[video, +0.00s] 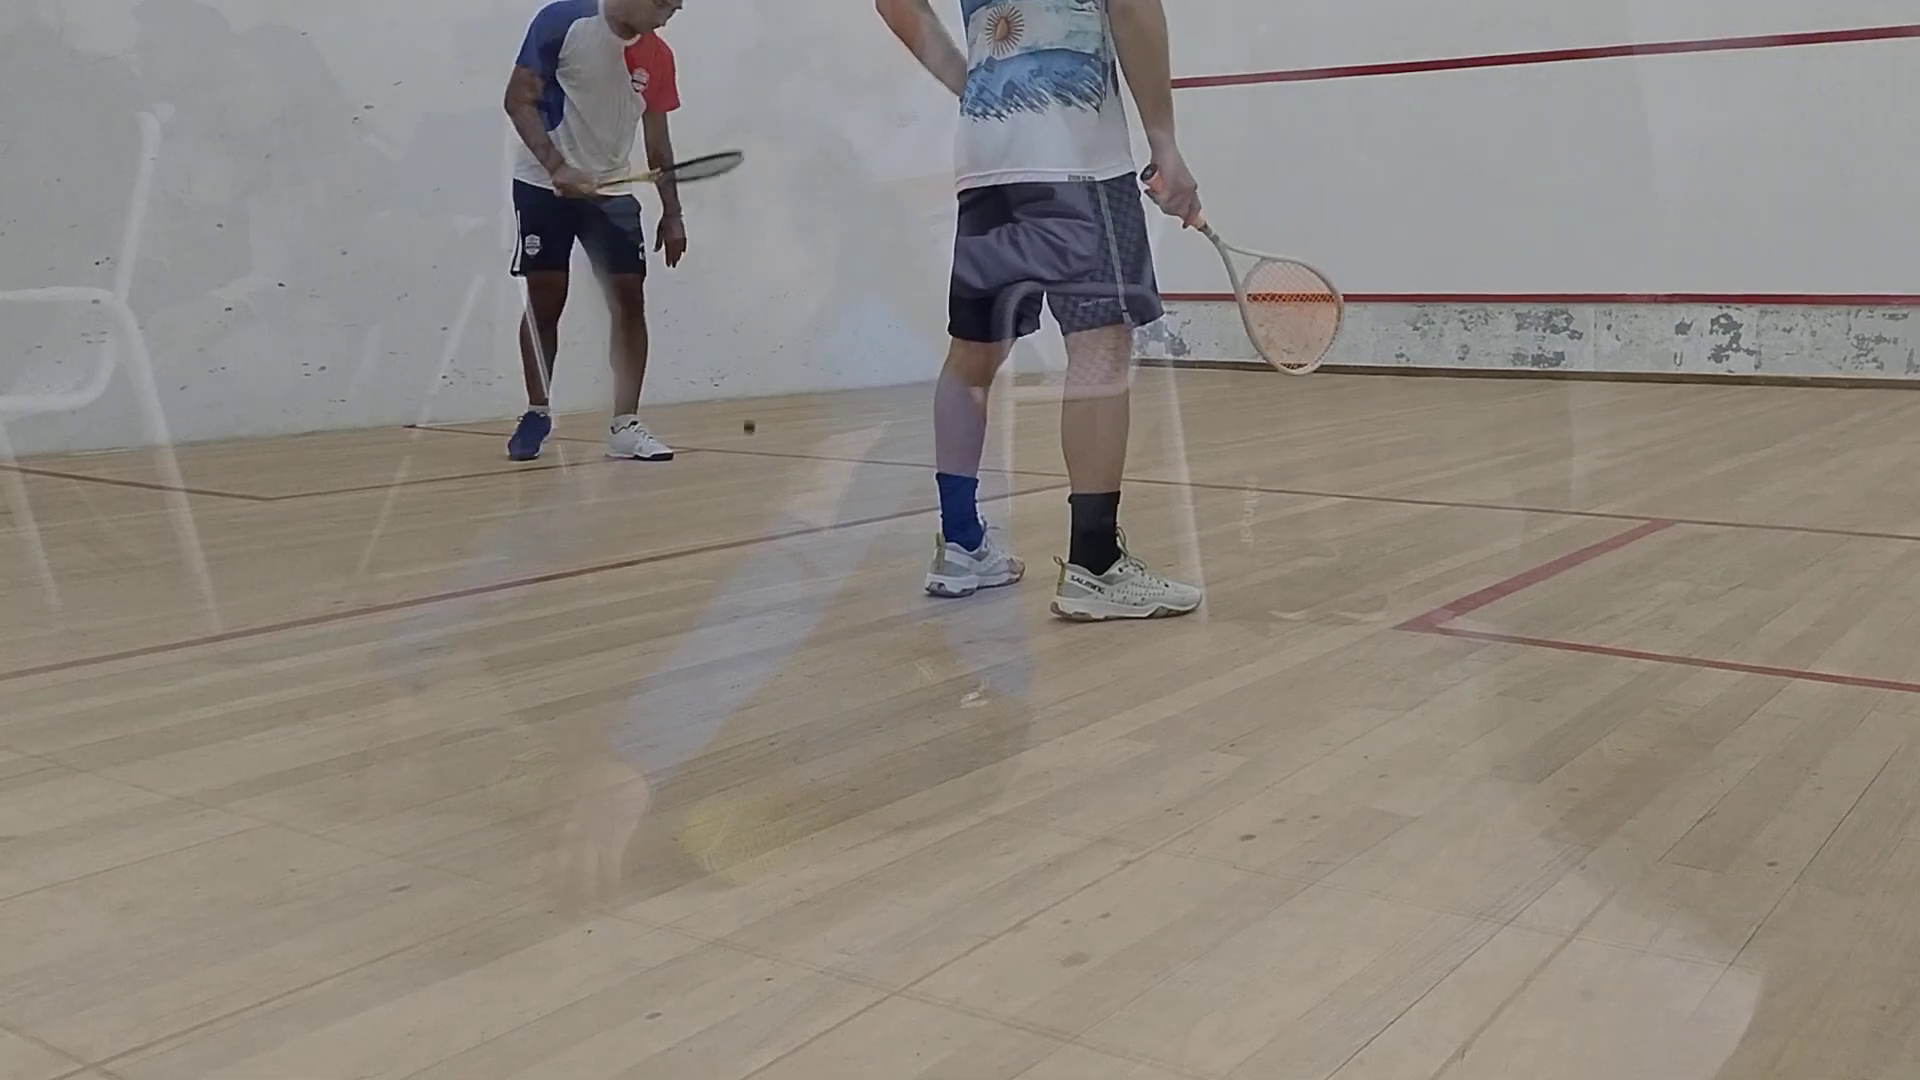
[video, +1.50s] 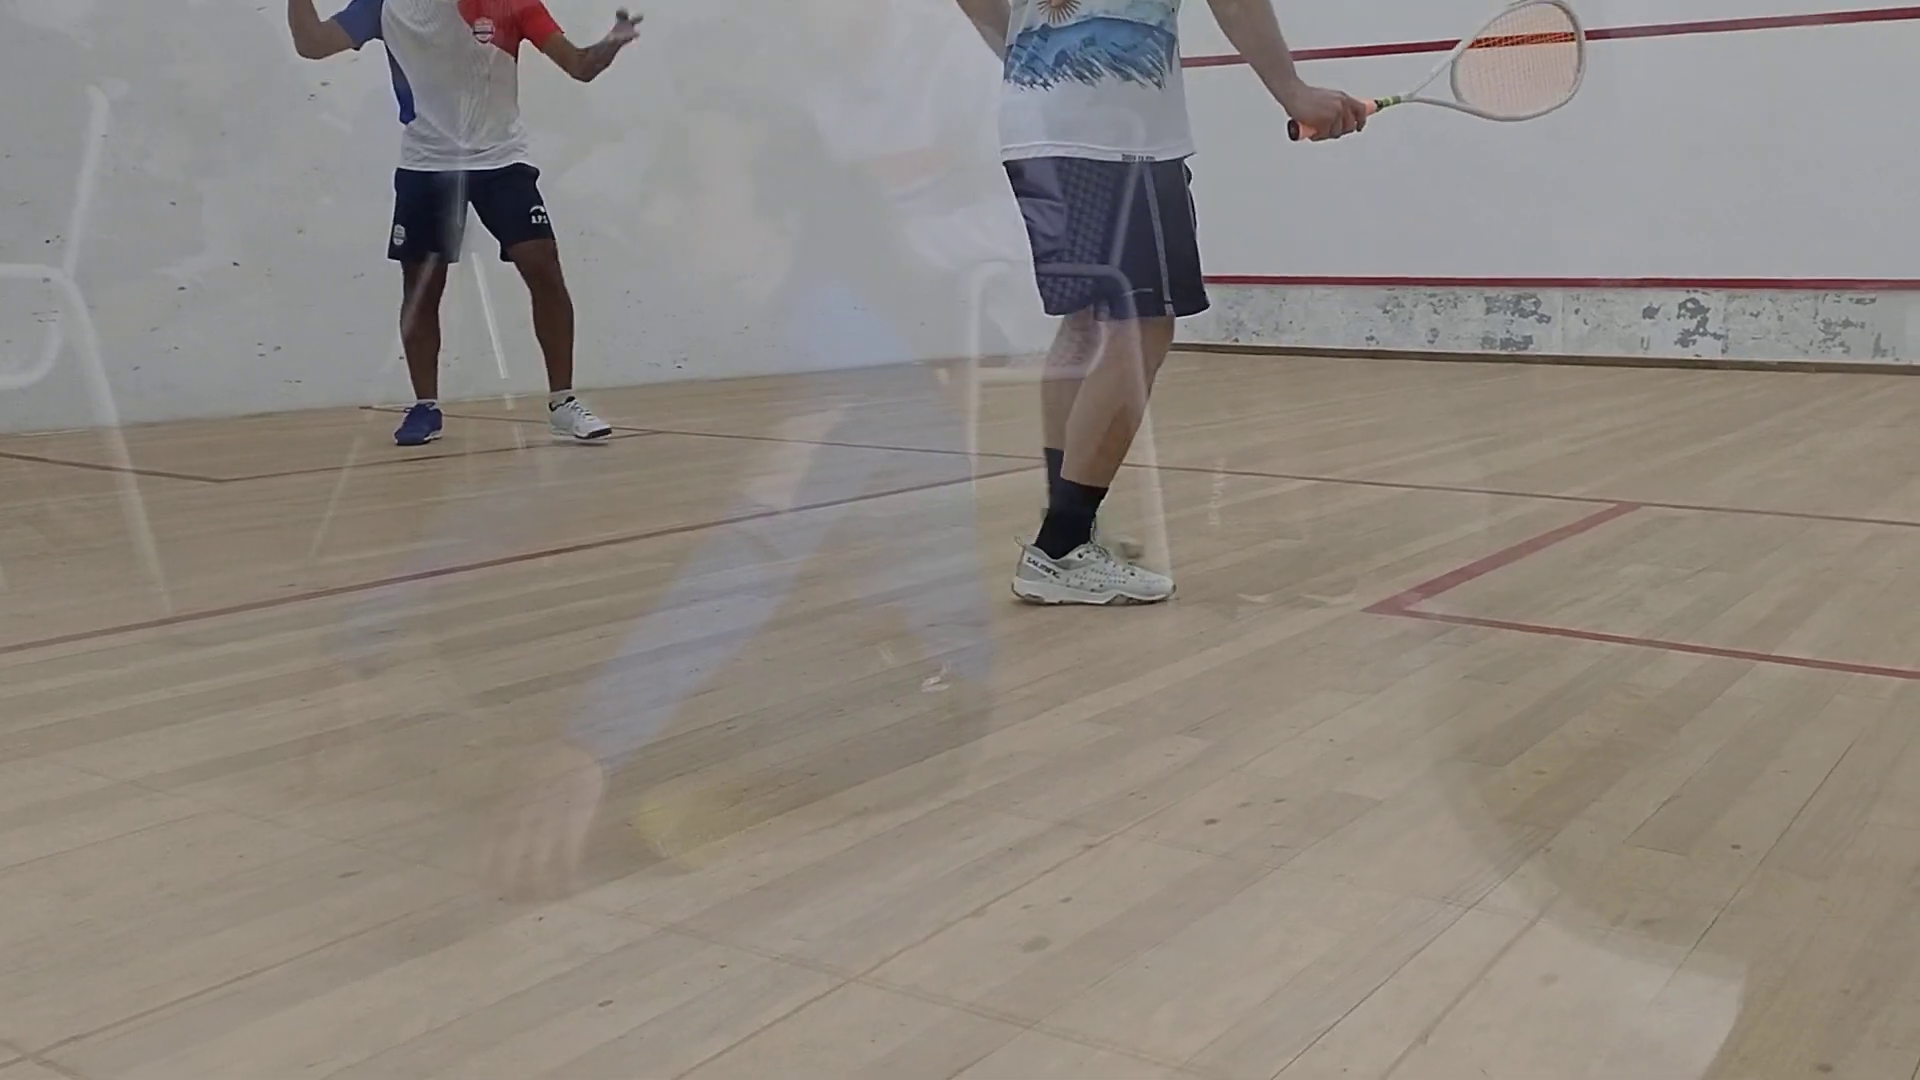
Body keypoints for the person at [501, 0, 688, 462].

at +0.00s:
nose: (666, 20)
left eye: (671, 14)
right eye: (664, 10)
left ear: (657, 8)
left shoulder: (654, 52)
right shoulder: (559, 22)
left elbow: (657, 135)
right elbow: (518, 100)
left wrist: (671, 211)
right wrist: (556, 167)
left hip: (612, 191)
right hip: (544, 187)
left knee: (630, 302)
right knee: (545, 303)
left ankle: (624, 425)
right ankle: (538, 412)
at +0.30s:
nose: (693, 16)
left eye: (696, 7)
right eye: (689, 5)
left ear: (666, 6)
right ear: (659, 0)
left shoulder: (671, 48)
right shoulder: (589, 35)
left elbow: (664, 122)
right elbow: (576, 134)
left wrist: (686, 183)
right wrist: (597, 211)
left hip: (615, 185)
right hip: (551, 181)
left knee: (635, 299)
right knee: (534, 295)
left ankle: (626, 423)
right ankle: (511, 411)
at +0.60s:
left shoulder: (641, 33)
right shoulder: (548, 21)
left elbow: (667, 121)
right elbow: (538, 110)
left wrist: (694, 113)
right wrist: (552, 186)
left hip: (598, 183)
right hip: (528, 177)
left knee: (621, 292)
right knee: (500, 294)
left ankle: (622, 421)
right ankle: (472, 411)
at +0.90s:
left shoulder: (576, 22)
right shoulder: (467, 15)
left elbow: (630, 96)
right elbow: (441, 95)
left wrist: (665, 90)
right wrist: (422, 116)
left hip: (549, 174)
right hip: (477, 173)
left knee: (587, 282)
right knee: (468, 292)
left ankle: (614, 417)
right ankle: (464, 415)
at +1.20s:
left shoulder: (520, 10)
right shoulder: (411, 8)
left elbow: (565, 104)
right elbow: (353, 67)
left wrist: (585, 155)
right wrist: (316, 17)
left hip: (514, 167)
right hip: (441, 167)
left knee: (544, 281)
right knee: (443, 291)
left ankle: (554, 415)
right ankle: (450, 411)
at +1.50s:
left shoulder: (509, 3)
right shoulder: (388, 6)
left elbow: (579, 65)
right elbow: (311, 43)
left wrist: (611, 42)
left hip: (503, 156)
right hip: (426, 161)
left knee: (544, 270)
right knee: (423, 281)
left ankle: (564, 403)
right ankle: (425, 407)